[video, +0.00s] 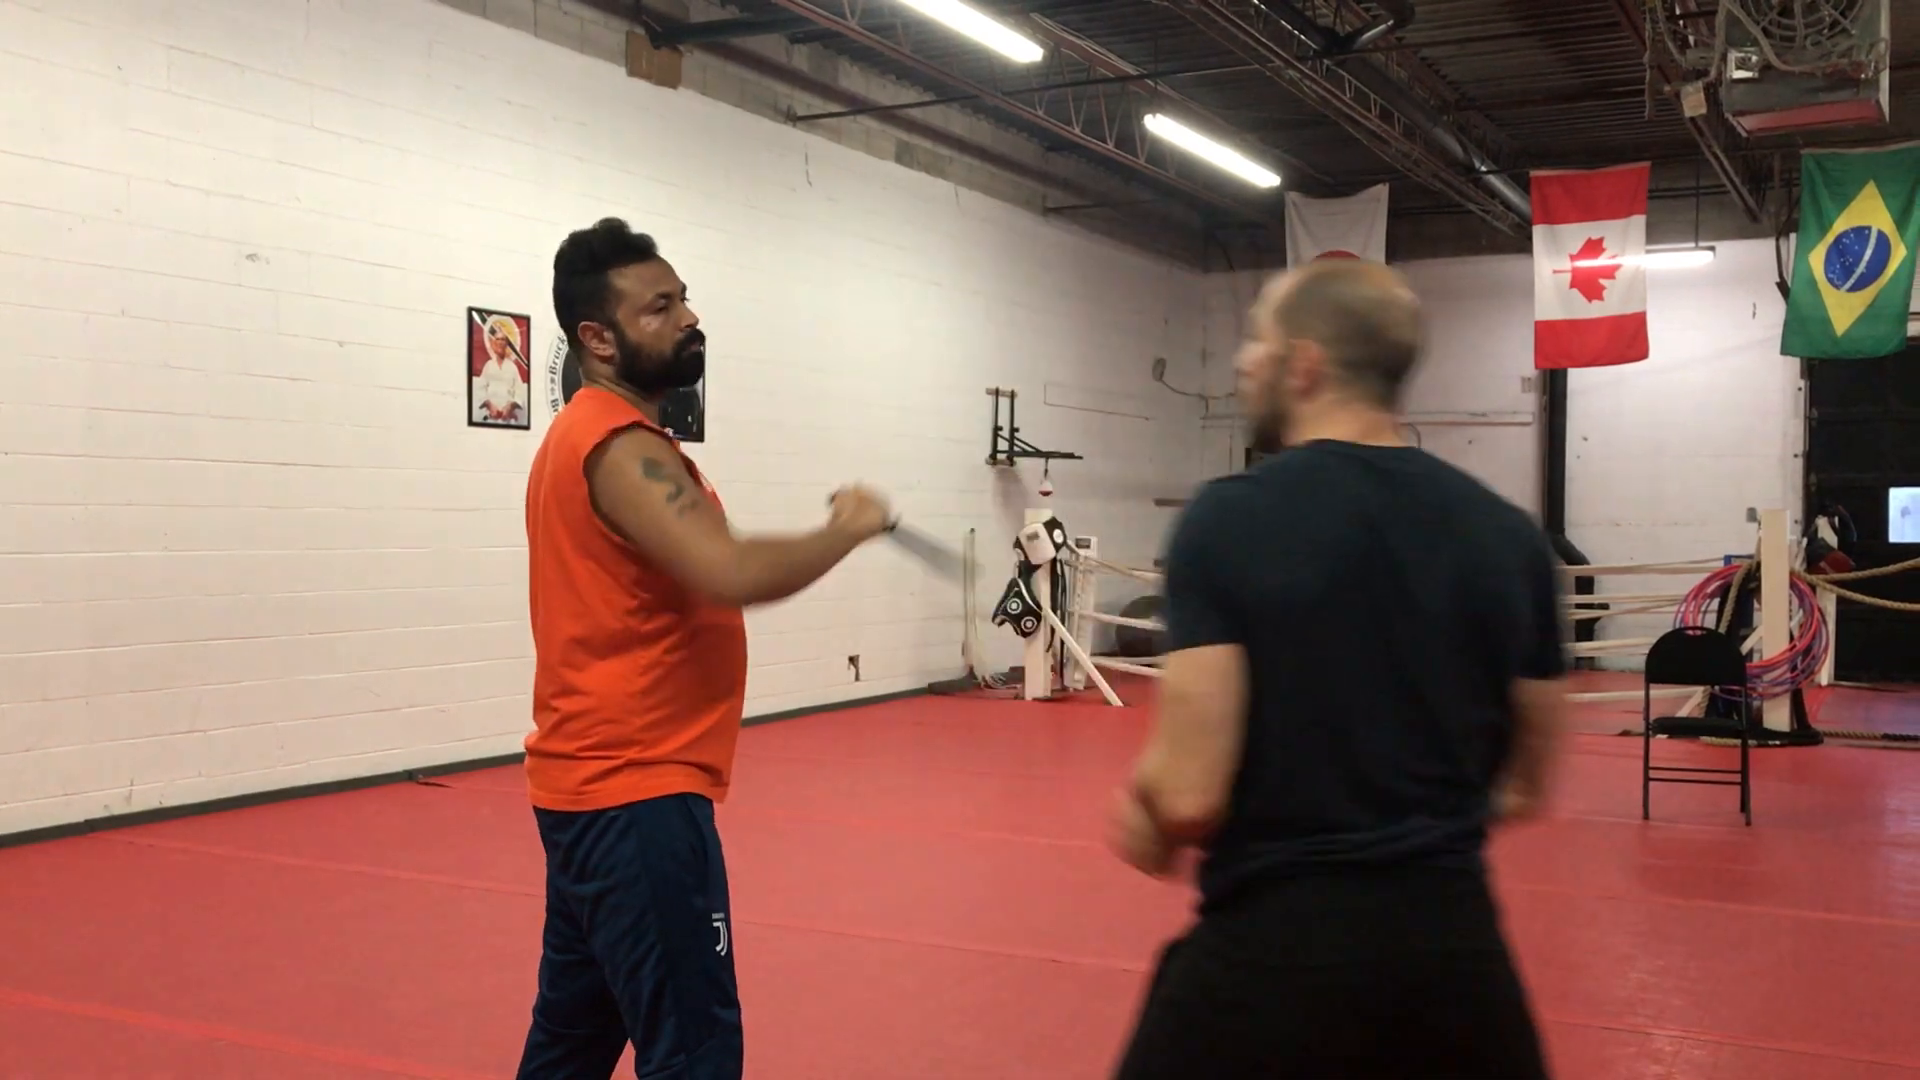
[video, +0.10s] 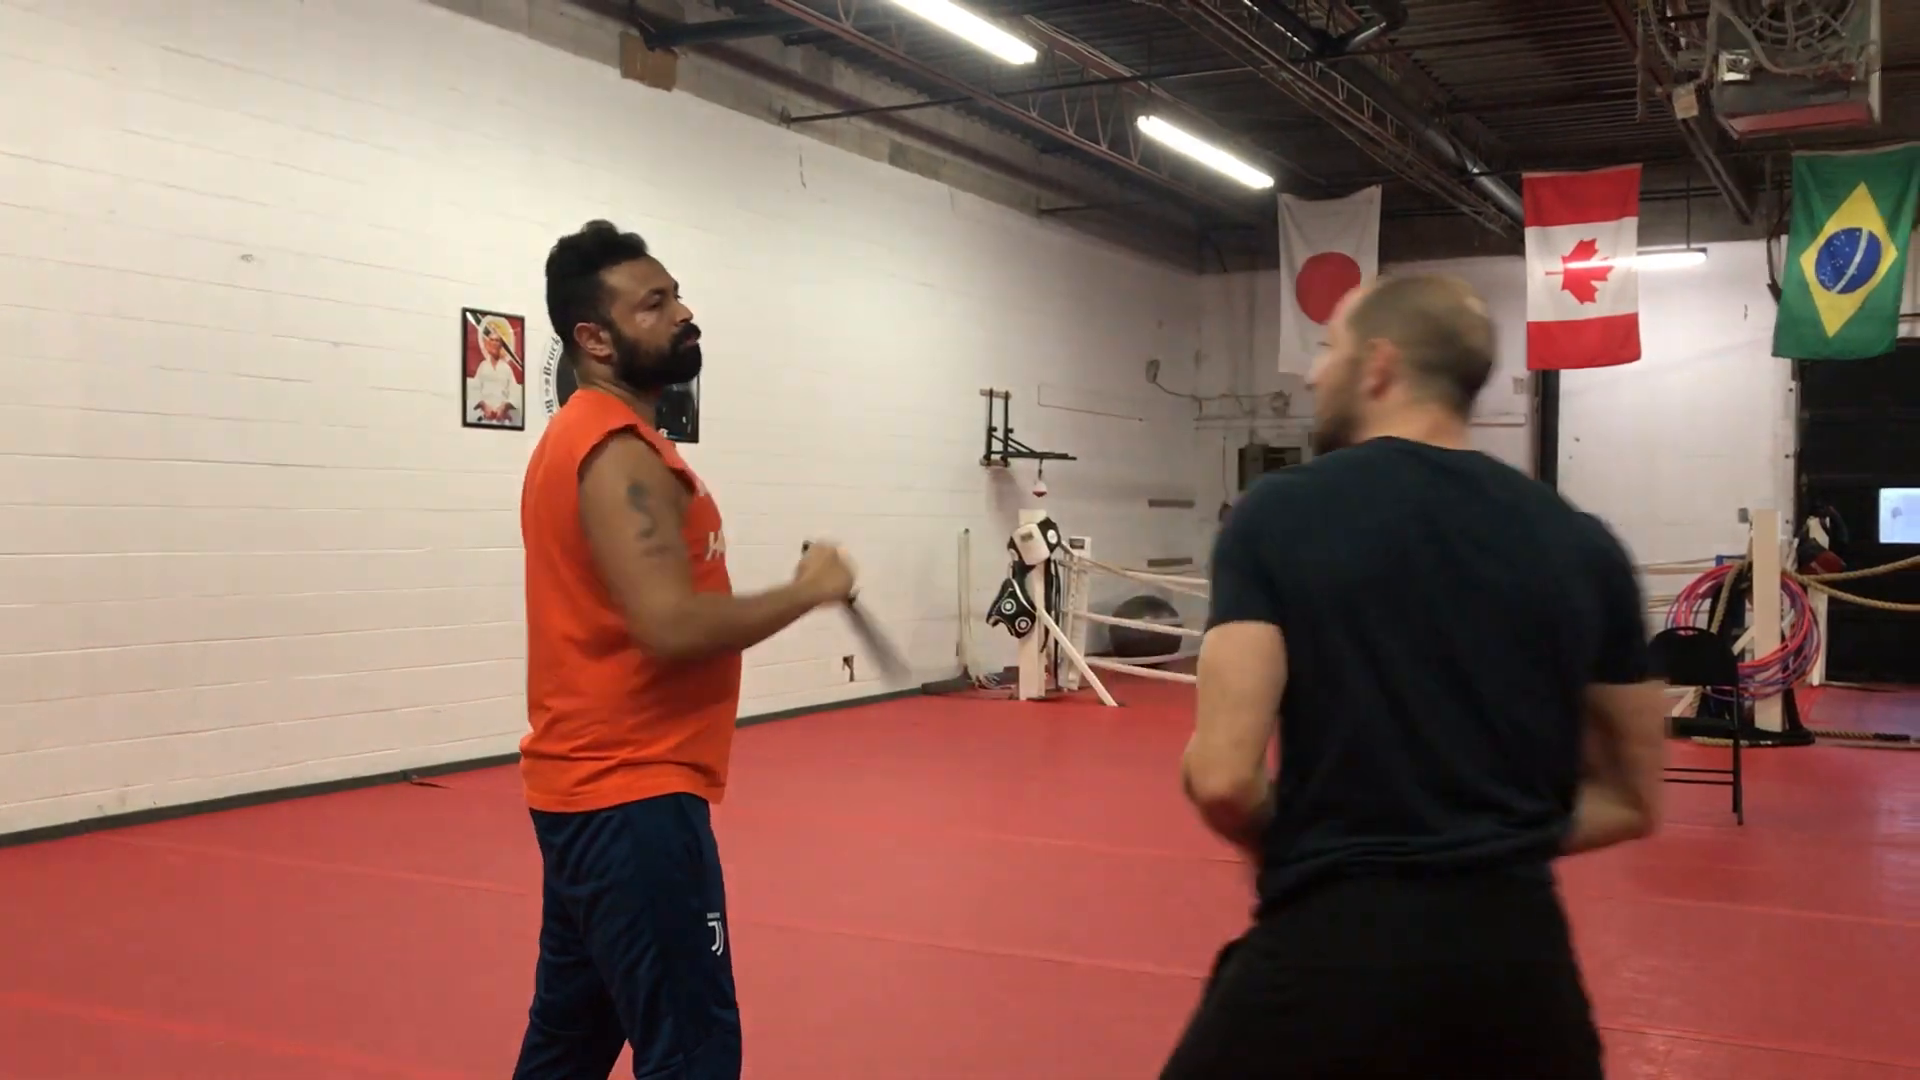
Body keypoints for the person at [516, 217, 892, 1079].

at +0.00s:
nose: (690, 318)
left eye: (682, 299)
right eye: (661, 306)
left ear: (598, 345)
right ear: (598, 339)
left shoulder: (576, 437)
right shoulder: (621, 442)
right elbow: (724, 571)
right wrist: (843, 532)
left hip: (587, 787)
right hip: (639, 793)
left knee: (573, 1040)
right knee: (697, 1050)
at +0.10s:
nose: (685, 313)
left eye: (676, 296)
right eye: (655, 302)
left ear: (597, 347)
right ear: (594, 340)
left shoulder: (577, 438)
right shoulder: (616, 447)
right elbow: (670, 621)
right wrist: (804, 592)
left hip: (584, 787)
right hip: (635, 792)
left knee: (569, 1043)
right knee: (694, 1050)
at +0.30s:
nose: (651, 321)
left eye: (647, 302)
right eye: (624, 306)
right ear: (559, 336)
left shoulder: (596, 446)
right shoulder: (561, 455)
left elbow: (604, 635)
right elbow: (550, 634)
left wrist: (663, 774)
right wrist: (724, 622)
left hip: (605, 795)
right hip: (590, 801)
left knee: (539, 1049)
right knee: (659, 1057)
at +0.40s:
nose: (631, 326)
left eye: (628, 307)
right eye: (604, 309)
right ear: (537, 336)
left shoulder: (581, 449)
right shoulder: (528, 455)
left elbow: (587, 638)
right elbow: (527, 625)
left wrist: (661, 763)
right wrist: (702, 575)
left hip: (599, 795)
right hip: (567, 801)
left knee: (530, 1050)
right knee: (633, 1053)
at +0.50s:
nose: (609, 331)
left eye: (607, 313)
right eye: (582, 315)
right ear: (514, 338)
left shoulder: (572, 456)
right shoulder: (493, 456)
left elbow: (602, 628)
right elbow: (530, 602)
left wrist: (663, 755)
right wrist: (655, 465)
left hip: (589, 795)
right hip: (545, 801)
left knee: (517, 1051)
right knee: (606, 1054)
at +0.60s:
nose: (583, 336)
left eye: (587, 321)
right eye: (562, 317)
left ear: (590, 336)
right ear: (493, 336)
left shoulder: (578, 471)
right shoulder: (462, 452)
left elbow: (599, 627)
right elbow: (535, 546)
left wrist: (660, 750)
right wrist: (559, 380)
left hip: (580, 795)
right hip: (520, 798)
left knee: (499, 1052)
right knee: (583, 1055)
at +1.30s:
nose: (547, 336)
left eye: (546, 318)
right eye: (522, 315)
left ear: (457, 331)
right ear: (449, 324)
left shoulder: (459, 430)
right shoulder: (442, 435)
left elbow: (478, 635)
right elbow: (590, 444)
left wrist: (540, 786)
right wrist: (626, 267)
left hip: (467, 800)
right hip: (465, 807)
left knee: (408, 1056)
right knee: (546, 1058)